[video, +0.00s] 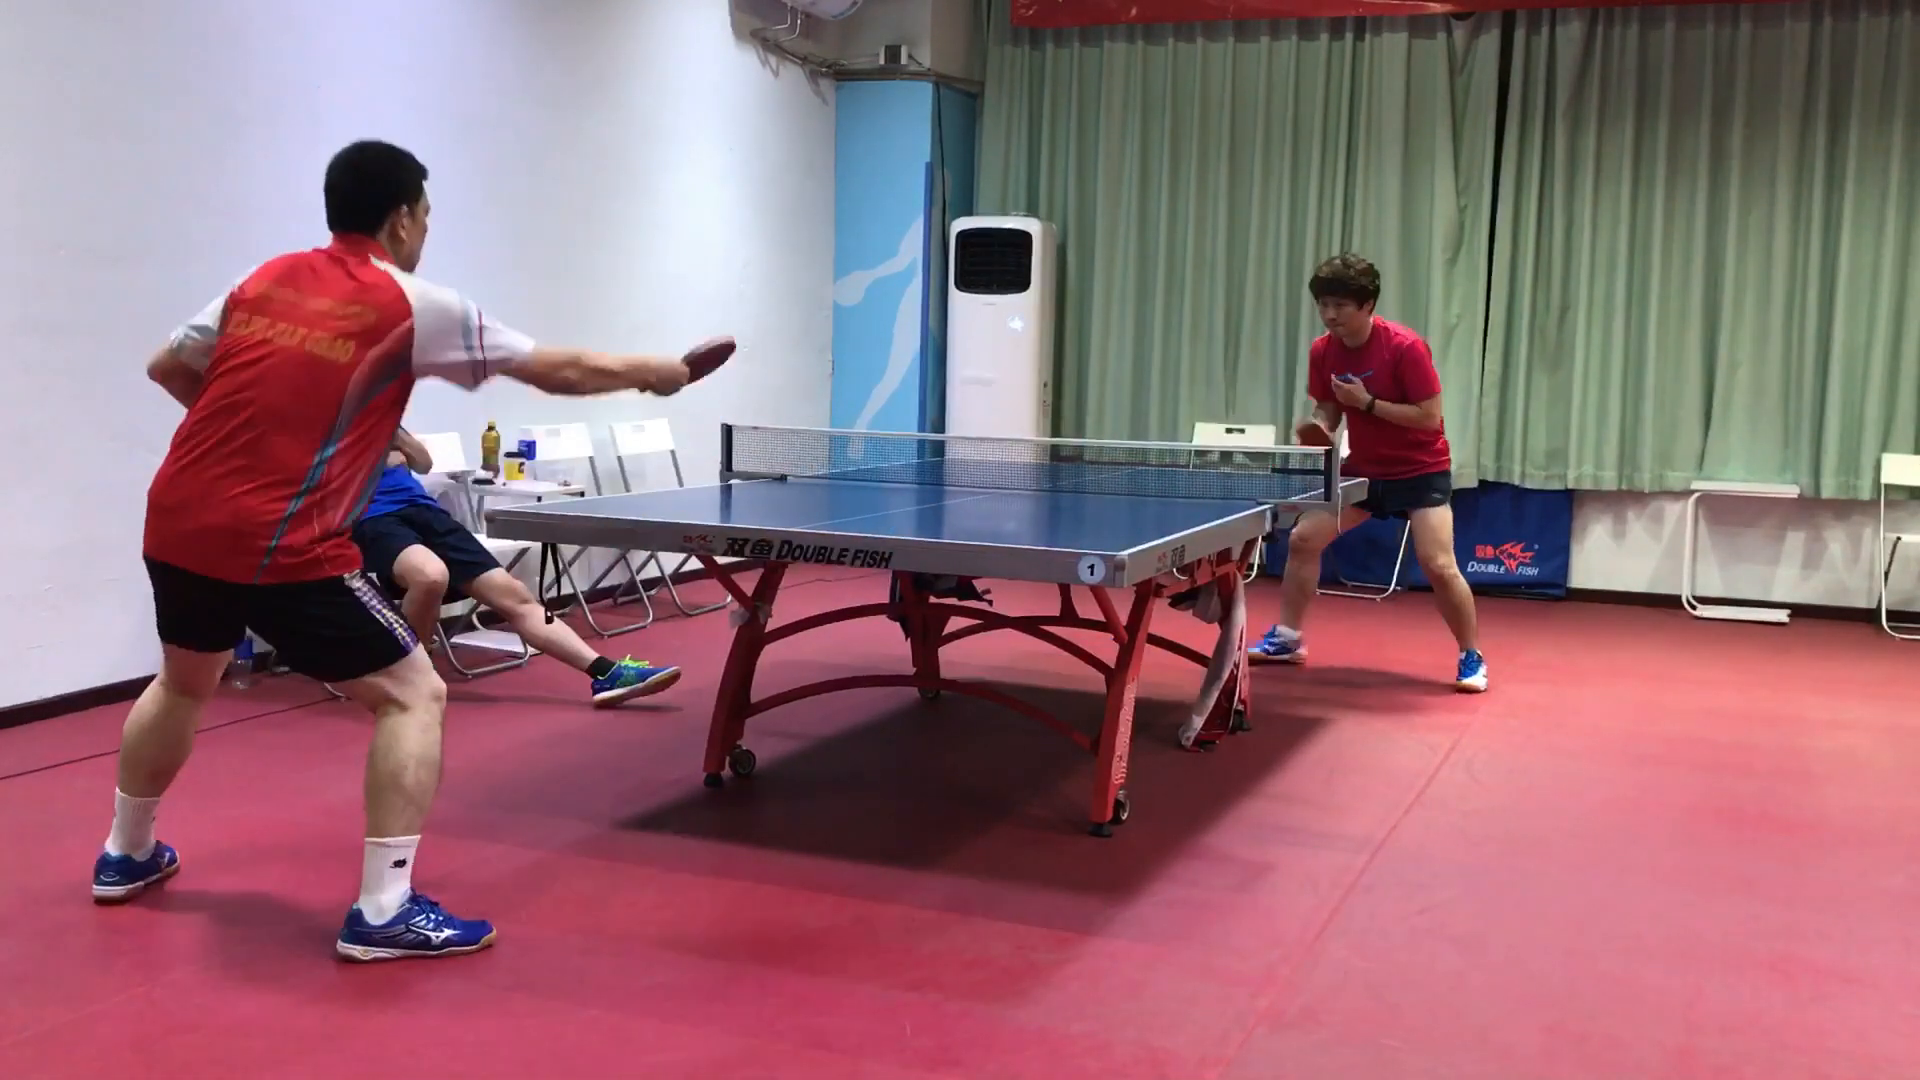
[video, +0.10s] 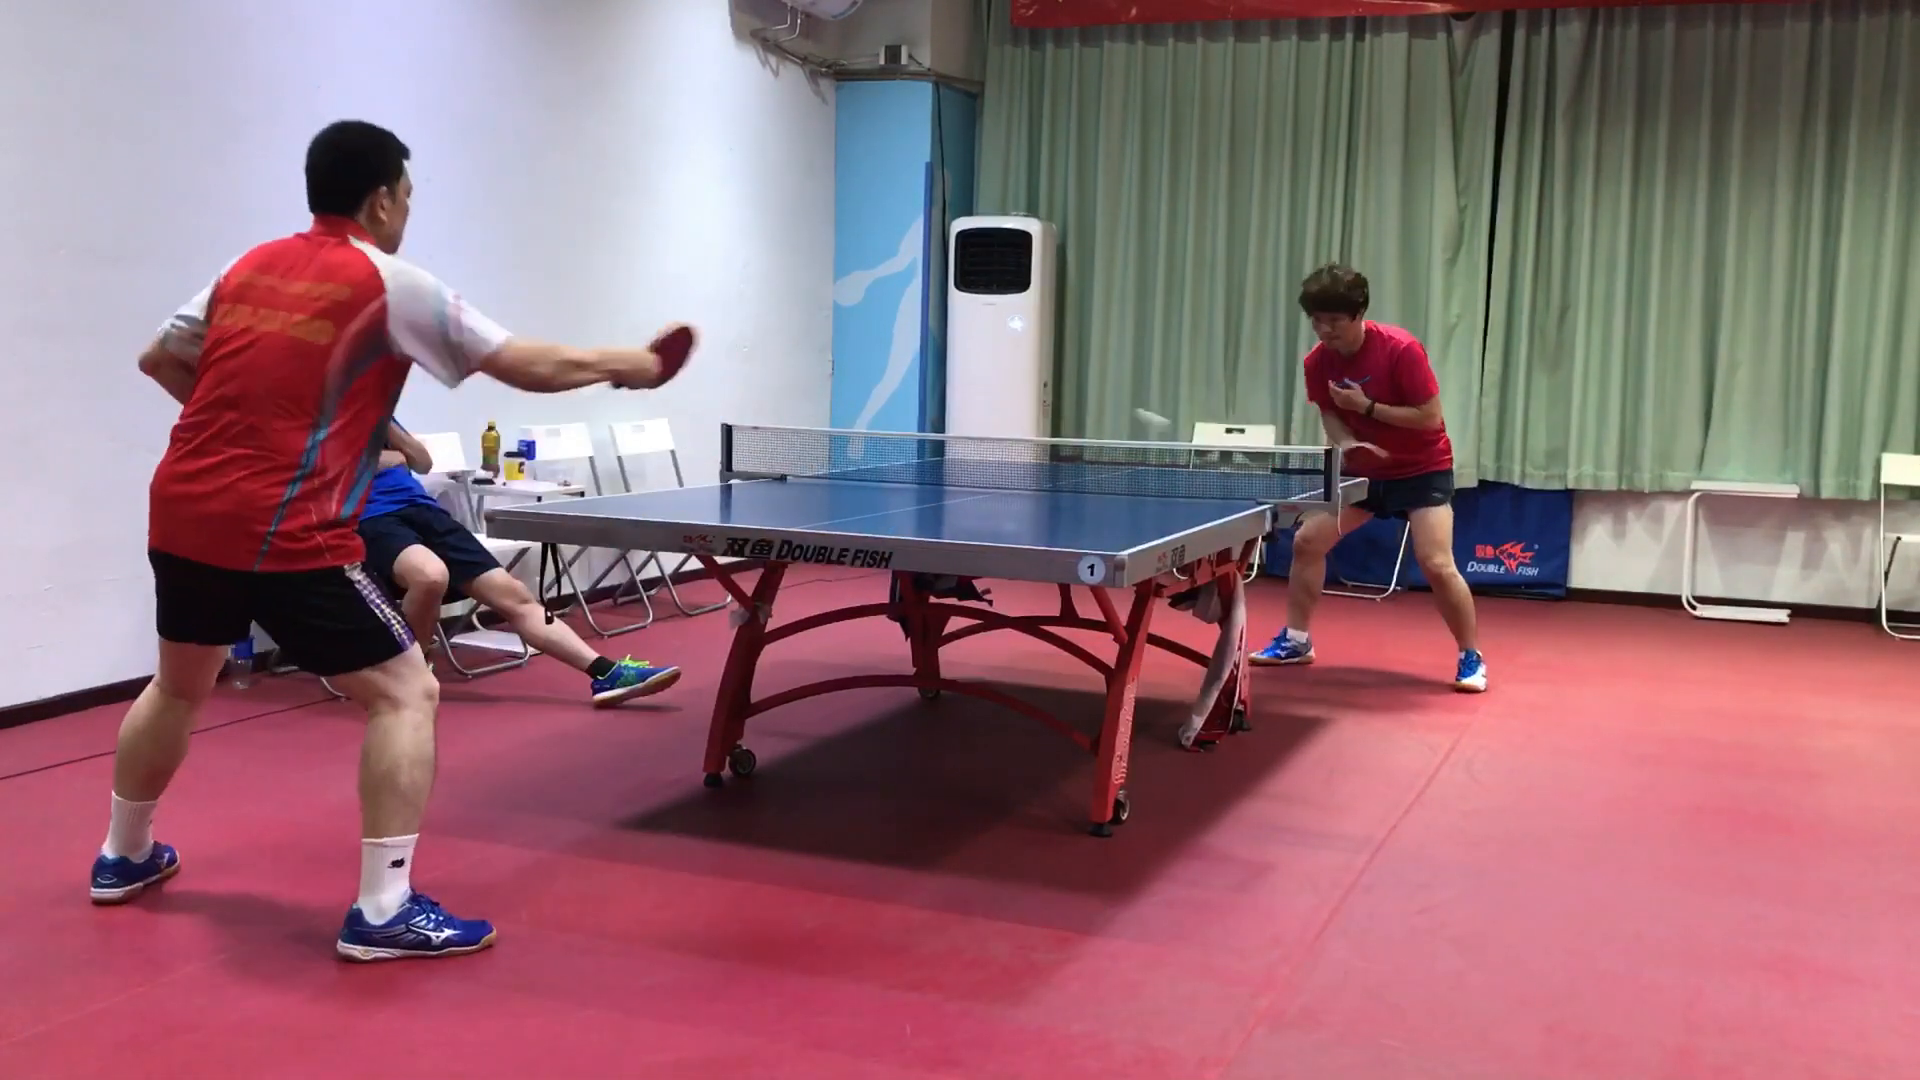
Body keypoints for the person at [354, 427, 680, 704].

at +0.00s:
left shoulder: (368, 415)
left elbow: (423, 463)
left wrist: (389, 429)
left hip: (420, 506)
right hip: (368, 517)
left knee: (514, 595)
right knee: (430, 576)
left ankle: (603, 671)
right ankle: (404, 672)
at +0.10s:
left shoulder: (369, 413)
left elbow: (421, 460)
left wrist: (384, 422)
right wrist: (387, 458)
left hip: (416, 505)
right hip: (365, 517)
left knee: (512, 594)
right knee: (430, 575)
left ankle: (604, 670)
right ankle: (413, 672)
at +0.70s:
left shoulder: (375, 413)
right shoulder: (312, 426)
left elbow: (423, 462)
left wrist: (389, 432)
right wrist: (390, 455)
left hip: (415, 503)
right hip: (360, 515)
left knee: (514, 595)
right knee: (429, 576)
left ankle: (603, 671)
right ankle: (415, 664)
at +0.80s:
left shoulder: (371, 405)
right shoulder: (316, 420)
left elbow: (422, 460)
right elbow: (346, 465)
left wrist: (383, 427)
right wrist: (397, 454)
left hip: (412, 503)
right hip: (362, 515)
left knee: (512, 594)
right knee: (430, 575)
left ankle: (603, 670)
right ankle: (416, 665)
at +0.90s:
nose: (381, 400)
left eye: (384, 394)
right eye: (373, 395)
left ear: (386, 393)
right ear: (349, 394)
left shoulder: (381, 419)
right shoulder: (330, 422)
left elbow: (423, 463)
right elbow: (351, 462)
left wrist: (387, 424)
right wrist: (401, 454)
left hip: (419, 507)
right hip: (370, 517)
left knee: (514, 597)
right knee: (430, 575)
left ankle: (604, 671)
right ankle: (415, 665)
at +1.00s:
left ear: (354, 368)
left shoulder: (371, 403)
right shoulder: (315, 413)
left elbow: (423, 463)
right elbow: (344, 463)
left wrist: (386, 426)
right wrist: (400, 453)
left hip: (418, 507)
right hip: (367, 518)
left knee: (514, 596)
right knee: (429, 575)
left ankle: (604, 670)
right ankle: (416, 664)